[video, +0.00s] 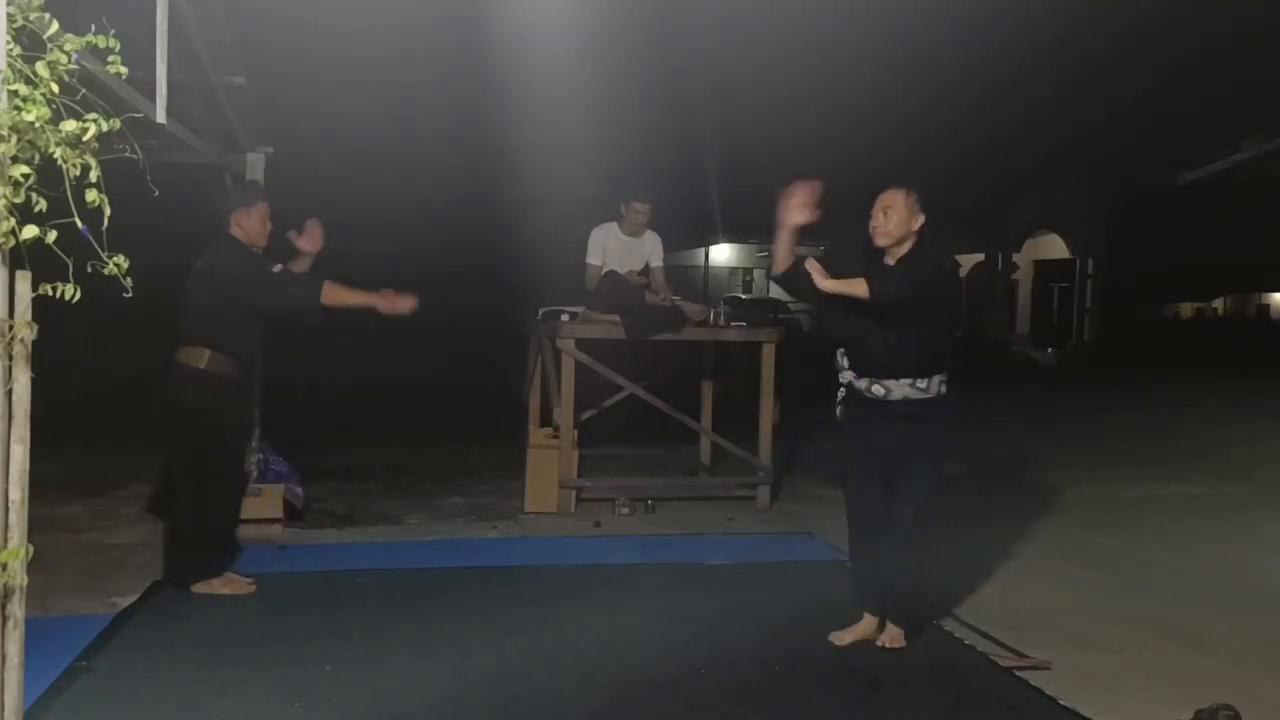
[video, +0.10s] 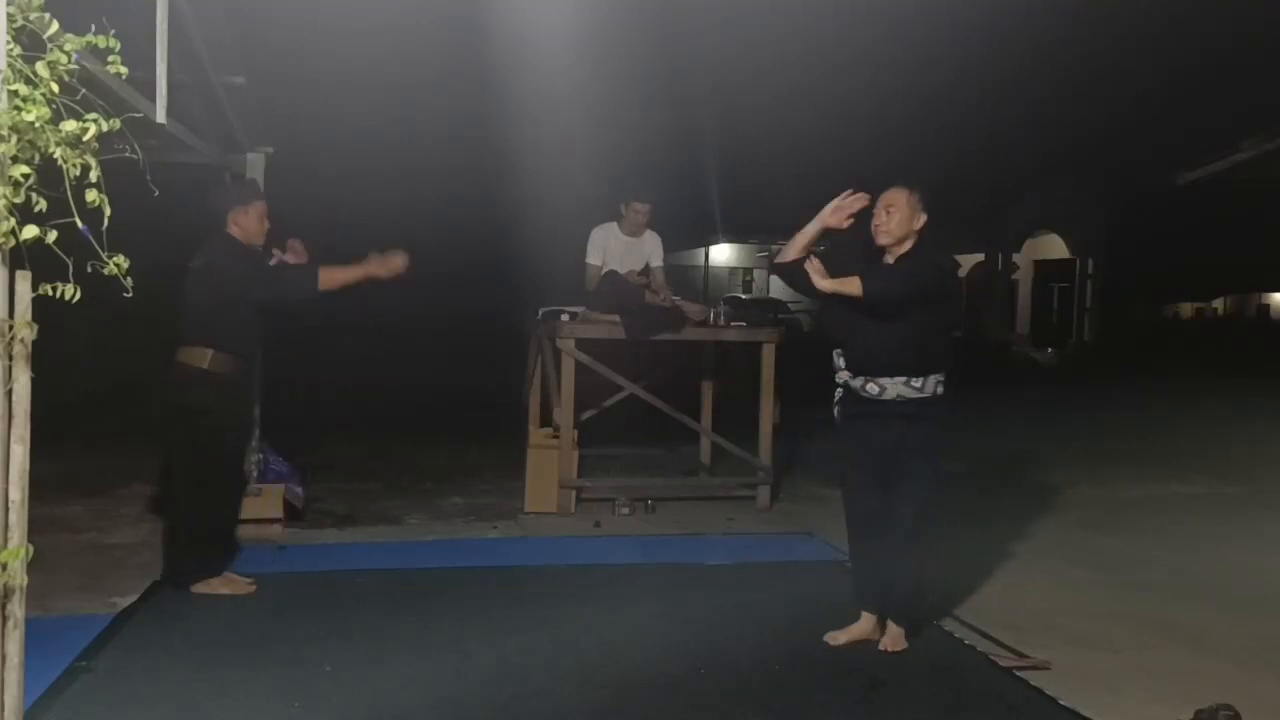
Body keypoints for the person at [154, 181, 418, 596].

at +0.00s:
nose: (269, 226)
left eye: (269, 218)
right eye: (263, 218)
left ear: (241, 221)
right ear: (239, 220)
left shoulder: (230, 258)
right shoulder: (228, 261)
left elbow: (278, 282)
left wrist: (304, 256)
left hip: (214, 383)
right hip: (205, 385)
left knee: (214, 473)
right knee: (212, 475)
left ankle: (208, 565)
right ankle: (202, 572)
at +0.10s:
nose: (266, 224)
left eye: (266, 216)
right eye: (260, 216)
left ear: (237, 219)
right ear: (236, 218)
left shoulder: (222, 255)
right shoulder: (224, 258)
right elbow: (289, 283)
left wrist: (279, 266)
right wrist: (366, 269)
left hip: (210, 384)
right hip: (206, 387)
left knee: (211, 473)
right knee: (212, 475)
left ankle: (204, 564)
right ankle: (201, 571)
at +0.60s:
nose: (256, 219)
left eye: (254, 211)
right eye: (249, 212)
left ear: (224, 219)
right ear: (222, 217)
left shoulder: (220, 258)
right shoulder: (209, 260)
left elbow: (268, 290)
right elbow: (280, 289)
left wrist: (315, 280)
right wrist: (321, 240)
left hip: (215, 385)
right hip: (203, 388)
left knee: (215, 475)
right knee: (208, 477)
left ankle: (206, 567)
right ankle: (198, 572)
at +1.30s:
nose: (247, 222)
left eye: (249, 214)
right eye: (238, 214)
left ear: (247, 217)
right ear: (211, 217)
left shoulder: (226, 261)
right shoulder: (201, 254)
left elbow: (241, 291)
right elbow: (250, 259)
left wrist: (273, 296)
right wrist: (311, 247)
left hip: (222, 381)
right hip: (203, 383)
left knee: (217, 473)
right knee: (213, 474)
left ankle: (204, 568)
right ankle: (199, 572)